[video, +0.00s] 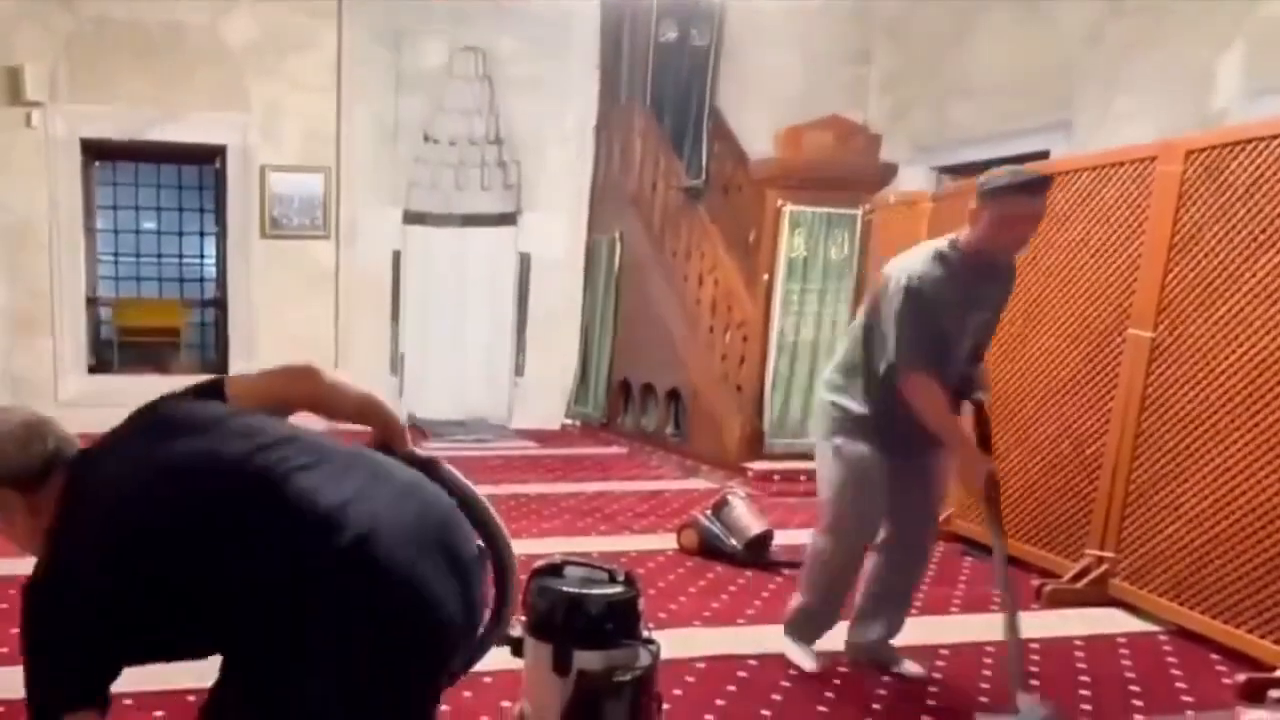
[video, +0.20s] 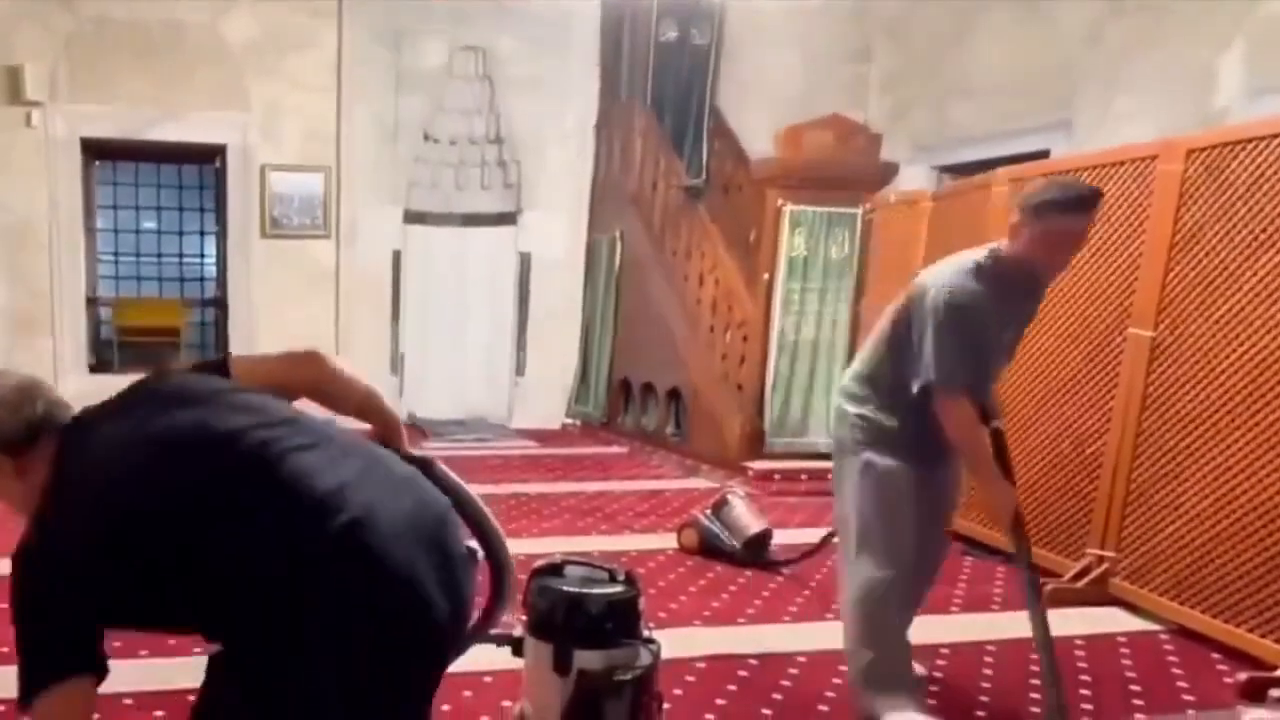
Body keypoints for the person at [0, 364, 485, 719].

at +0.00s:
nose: (6, 529)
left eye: (1, 513)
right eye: (1, 515)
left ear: (16, 501)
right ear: (70, 441)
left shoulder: (60, 596)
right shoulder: (159, 420)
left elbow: (72, 710)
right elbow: (307, 379)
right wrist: (392, 428)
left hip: (365, 625)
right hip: (455, 545)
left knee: (234, 702)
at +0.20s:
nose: (5, 506)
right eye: (1, 487)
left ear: (10, 467)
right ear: (61, 414)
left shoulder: (49, 556)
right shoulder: (156, 393)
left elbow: (63, 703)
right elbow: (311, 365)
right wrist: (393, 428)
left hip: (340, 612)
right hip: (438, 545)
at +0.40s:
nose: (52, 410)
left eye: (46, 397)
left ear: (49, 383)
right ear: (118, 338)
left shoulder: (72, 457)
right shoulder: (214, 343)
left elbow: (115, 652)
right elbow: (367, 364)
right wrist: (425, 461)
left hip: (328, 592)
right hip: (434, 539)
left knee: (229, 689)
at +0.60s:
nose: (149, 329)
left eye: (143, 317)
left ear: (143, 306)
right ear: (217, 274)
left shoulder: (143, 378)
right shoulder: (303, 296)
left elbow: (181, 557)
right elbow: (441, 358)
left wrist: (217, 630)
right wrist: (448, 479)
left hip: (334, 572)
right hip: (450, 537)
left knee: (251, 700)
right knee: (383, 701)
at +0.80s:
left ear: (207, 262)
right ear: (281, 232)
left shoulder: (202, 336)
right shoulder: (367, 264)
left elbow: (242, 516)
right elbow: (486, 333)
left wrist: (291, 549)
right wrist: (445, 436)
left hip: (334, 541)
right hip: (463, 516)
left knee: (238, 708)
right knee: (412, 703)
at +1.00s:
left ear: (216, 251)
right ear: (288, 223)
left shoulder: (210, 328)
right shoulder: (375, 255)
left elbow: (252, 487)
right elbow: (495, 289)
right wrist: (453, 398)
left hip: (324, 534)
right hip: (452, 514)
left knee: (239, 703)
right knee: (424, 703)